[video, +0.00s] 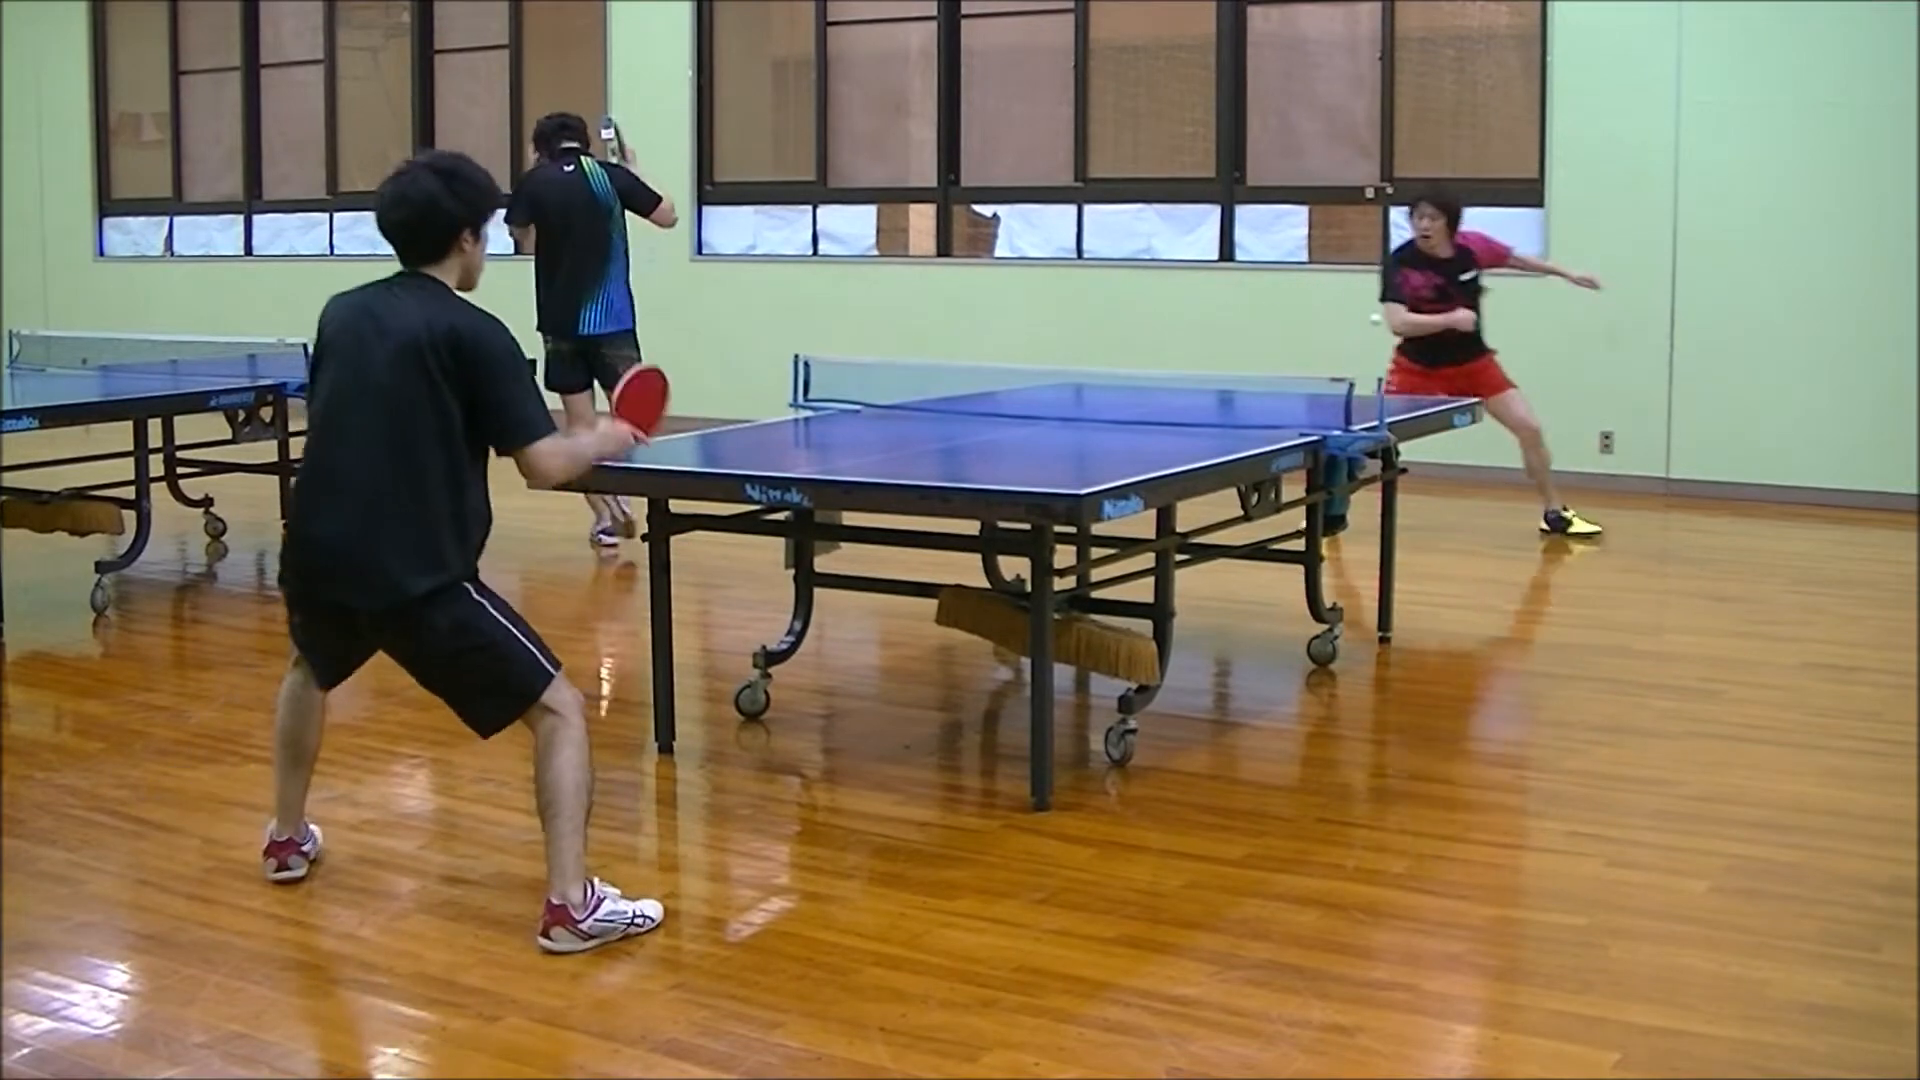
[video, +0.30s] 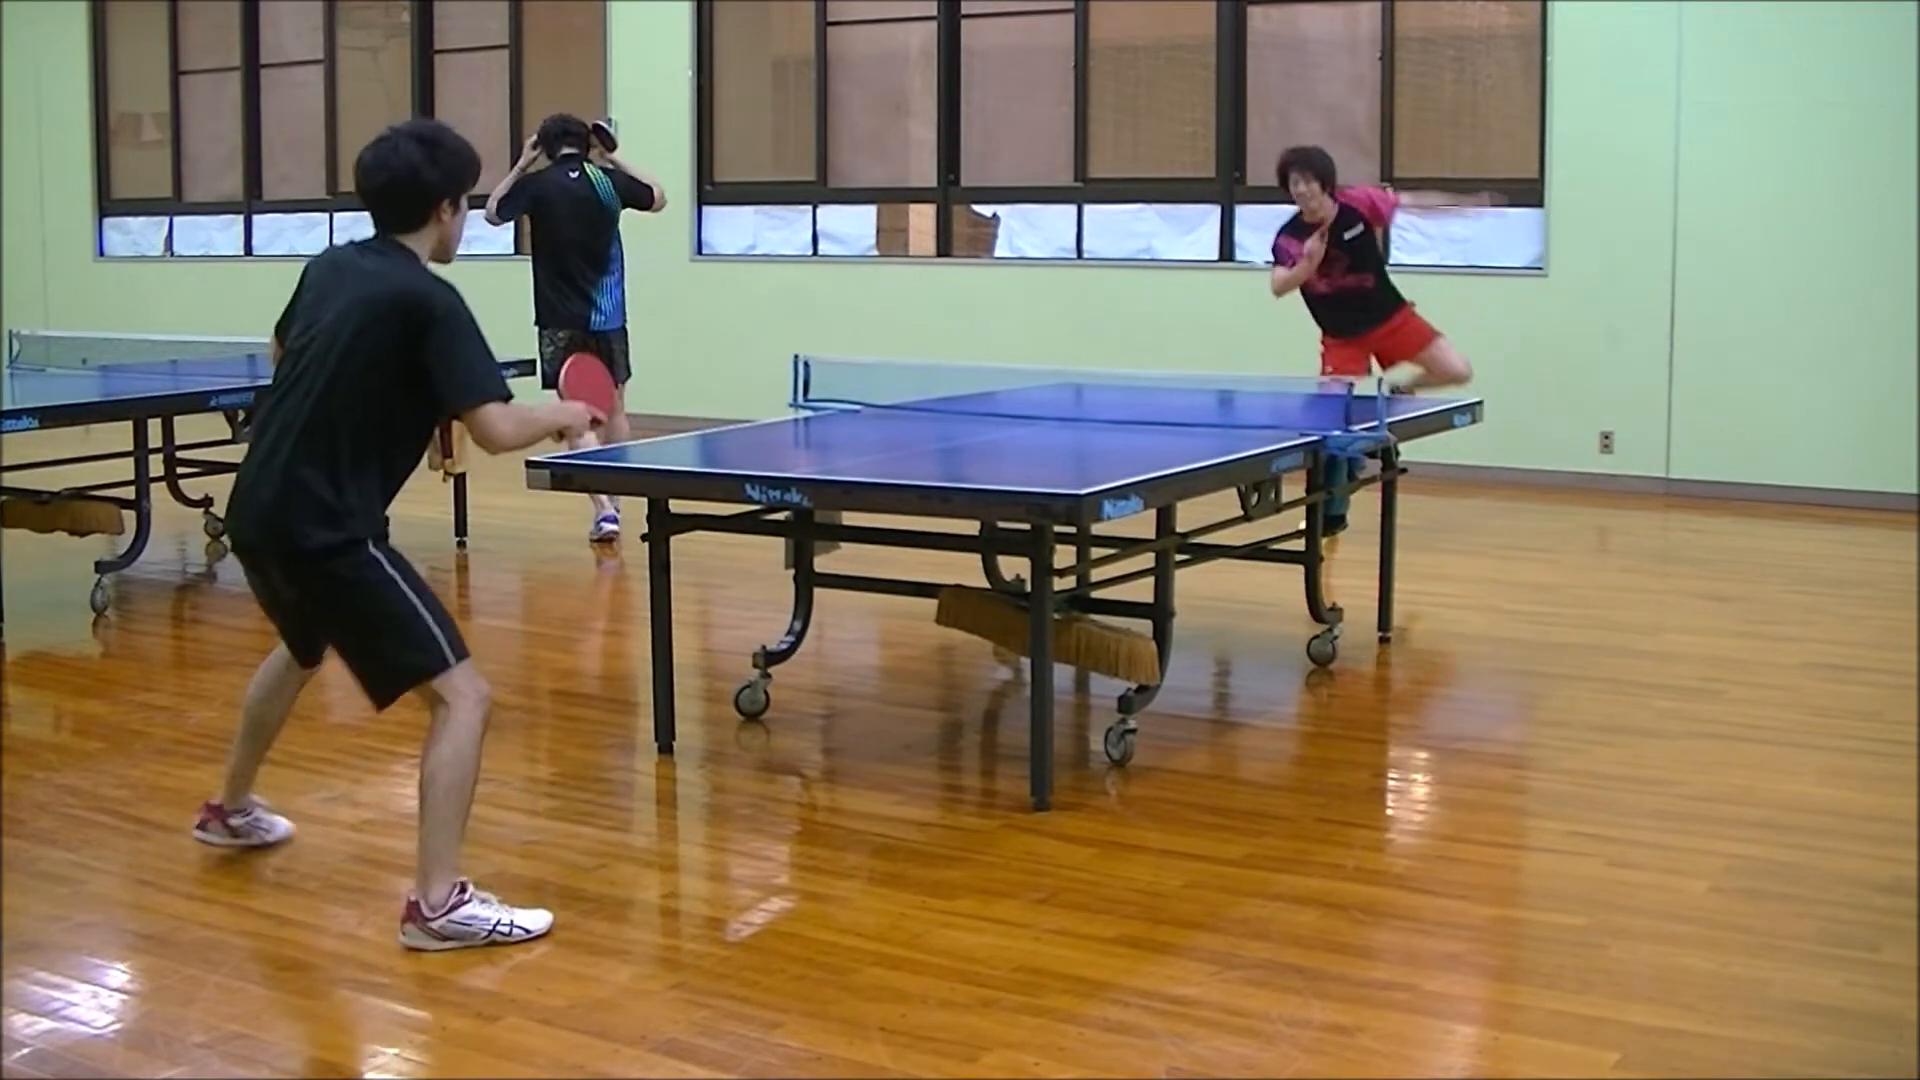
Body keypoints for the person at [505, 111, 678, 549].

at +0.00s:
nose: (533, 155)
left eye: (534, 149)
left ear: (539, 150)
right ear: (585, 144)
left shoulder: (533, 182)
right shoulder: (610, 175)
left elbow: (525, 242)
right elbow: (666, 215)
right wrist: (633, 172)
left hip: (560, 321)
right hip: (612, 319)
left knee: (579, 421)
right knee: (629, 411)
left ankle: (604, 521)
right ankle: (620, 506)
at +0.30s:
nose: (538, 154)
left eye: (539, 149)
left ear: (544, 150)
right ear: (586, 146)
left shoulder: (538, 185)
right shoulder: (607, 180)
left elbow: (494, 212)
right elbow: (657, 199)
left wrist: (522, 164)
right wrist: (614, 159)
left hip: (560, 315)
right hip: (609, 314)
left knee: (572, 414)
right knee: (615, 409)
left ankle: (604, 509)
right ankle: (614, 502)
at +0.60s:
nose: (514, 157)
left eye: (517, 149)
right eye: (514, 148)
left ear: (531, 145)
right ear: (564, 141)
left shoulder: (532, 180)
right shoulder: (590, 177)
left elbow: (466, 190)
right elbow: (616, 190)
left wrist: (502, 150)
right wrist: (584, 158)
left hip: (543, 307)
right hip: (588, 307)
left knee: (522, 395)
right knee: (597, 403)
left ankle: (549, 477)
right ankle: (606, 497)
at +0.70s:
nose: (503, 157)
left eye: (506, 148)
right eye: (504, 147)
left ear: (521, 146)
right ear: (550, 145)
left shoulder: (527, 181)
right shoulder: (574, 180)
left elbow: (457, 180)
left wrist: (498, 145)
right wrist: (553, 147)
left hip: (532, 308)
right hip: (575, 307)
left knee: (512, 404)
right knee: (591, 400)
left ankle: (516, 498)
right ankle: (605, 495)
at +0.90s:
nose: (465, 160)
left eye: (470, 151)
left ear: (485, 153)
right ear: (514, 150)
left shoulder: (495, 185)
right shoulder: (539, 185)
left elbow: (427, 166)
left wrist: (471, 144)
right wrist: (514, 148)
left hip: (497, 305)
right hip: (536, 303)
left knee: (485, 402)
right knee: (550, 398)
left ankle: (496, 494)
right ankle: (594, 479)